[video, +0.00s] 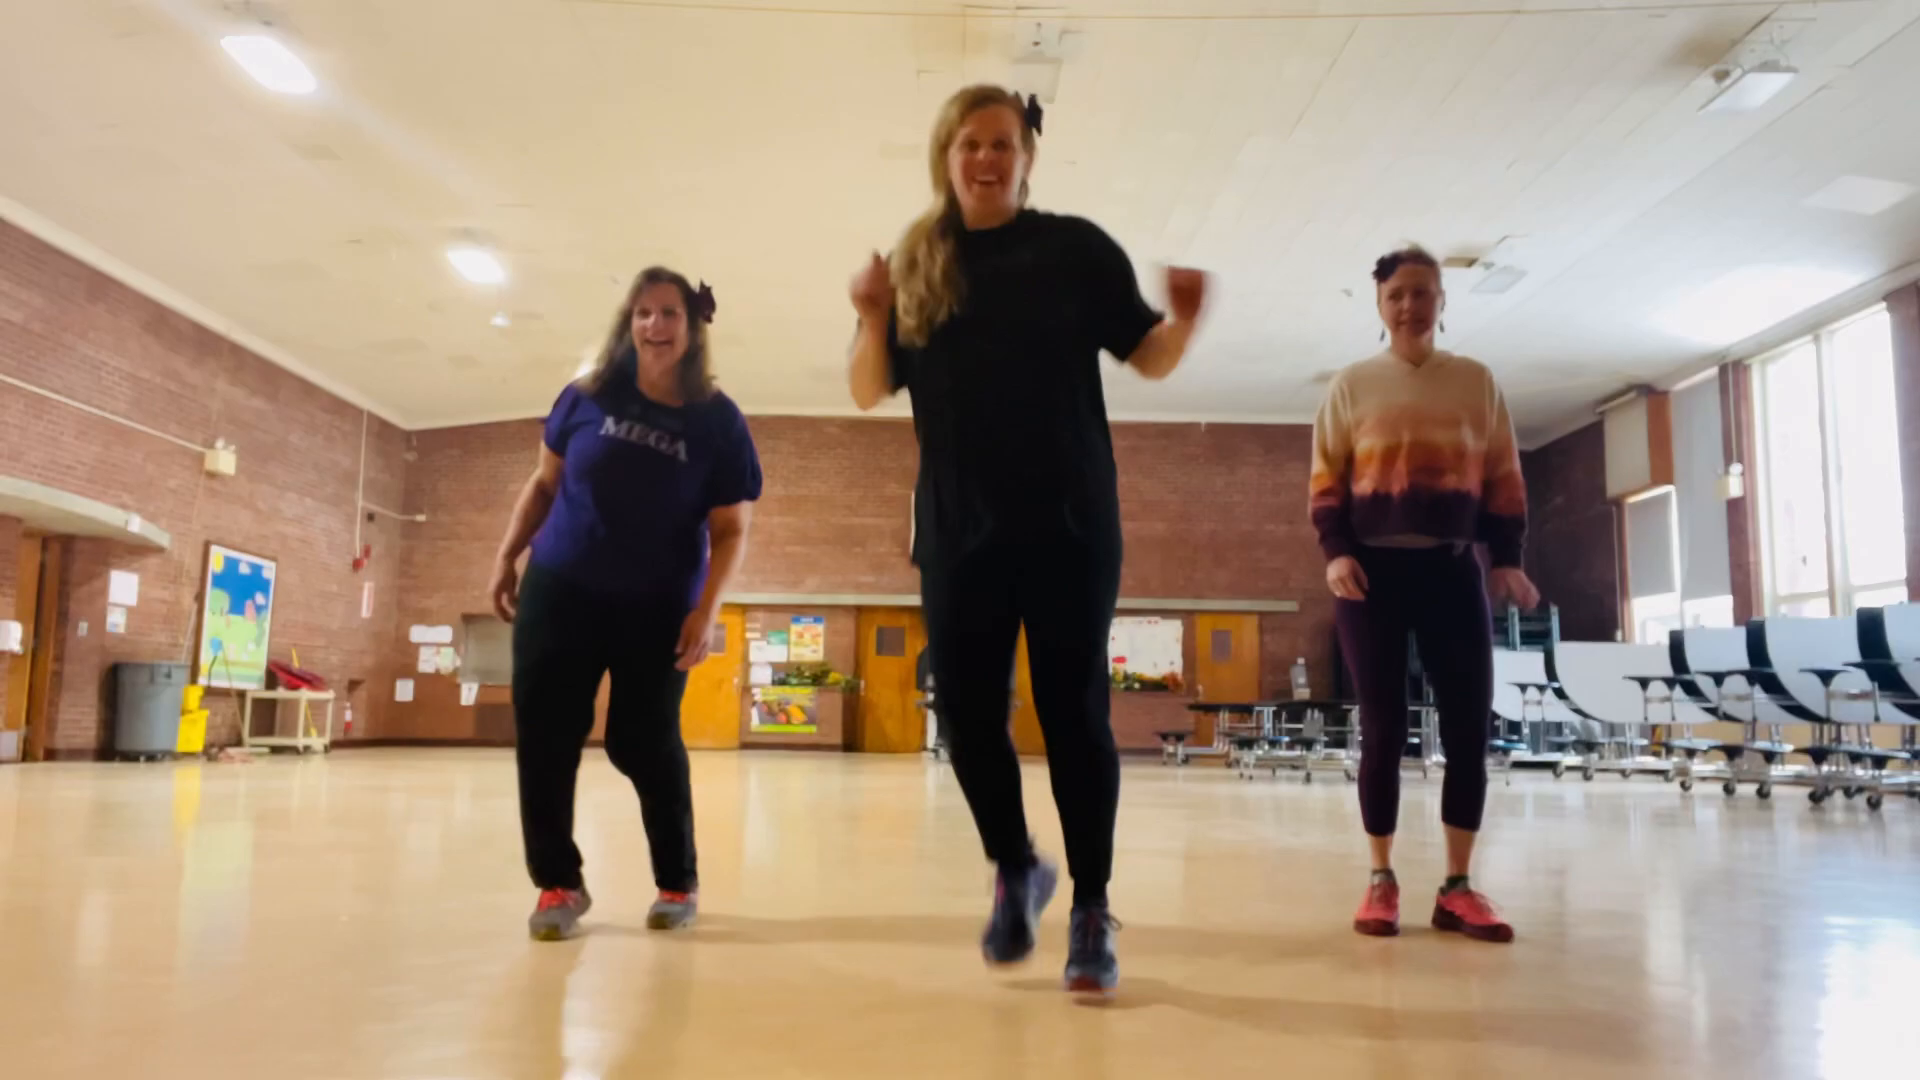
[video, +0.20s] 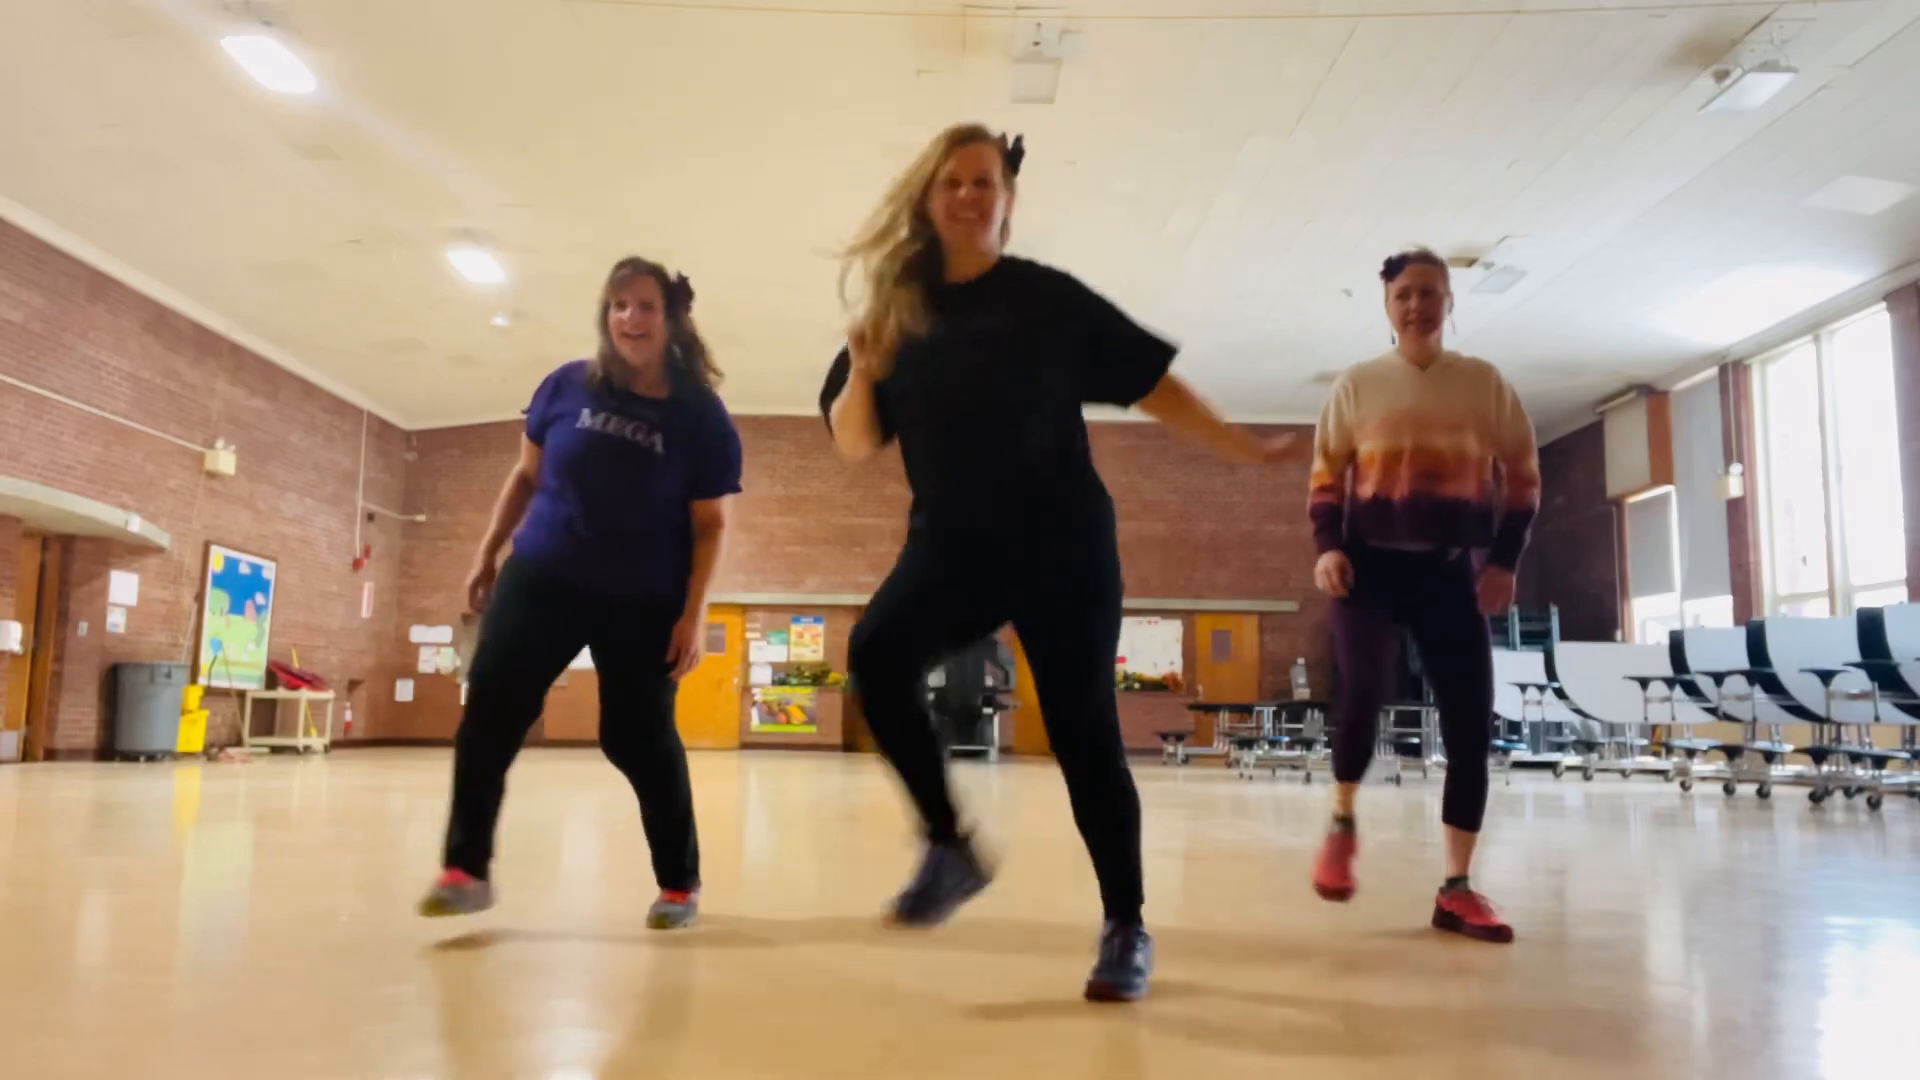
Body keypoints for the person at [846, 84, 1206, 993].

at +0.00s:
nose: (984, 158)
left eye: (1000, 145)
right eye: (970, 144)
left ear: (1027, 158)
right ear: (943, 158)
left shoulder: (1077, 248)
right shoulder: (917, 263)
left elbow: (1152, 358)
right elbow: (869, 392)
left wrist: (1183, 315)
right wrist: (872, 317)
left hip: (1067, 516)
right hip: (960, 521)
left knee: (1071, 711)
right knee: (966, 716)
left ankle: (1092, 910)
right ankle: (1015, 870)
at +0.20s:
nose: (970, 197)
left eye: (986, 185)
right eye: (955, 183)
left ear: (1009, 200)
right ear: (926, 197)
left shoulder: (1045, 297)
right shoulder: (895, 314)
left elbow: (1153, 383)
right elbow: (854, 441)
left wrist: (1240, 443)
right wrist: (863, 367)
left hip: (1059, 543)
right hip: (951, 546)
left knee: (1083, 734)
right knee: (877, 658)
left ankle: (1124, 926)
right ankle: (949, 844)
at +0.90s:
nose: (734, 220)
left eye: (750, 208)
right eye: (722, 207)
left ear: (778, 223)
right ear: (700, 221)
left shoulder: (818, 331)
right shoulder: (660, 321)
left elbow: (840, 460)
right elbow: (614, 441)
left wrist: (844, 576)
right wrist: (600, 542)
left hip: (766, 577)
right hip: (655, 566)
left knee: (719, 757)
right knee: (589, 691)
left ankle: (682, 920)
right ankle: (620, 905)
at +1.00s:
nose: (703, 183)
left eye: (720, 174)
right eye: (690, 172)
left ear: (751, 199)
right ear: (668, 195)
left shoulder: (796, 303)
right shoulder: (631, 298)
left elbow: (850, 415)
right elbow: (588, 399)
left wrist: (840, 522)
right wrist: (584, 484)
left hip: (742, 556)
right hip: (630, 542)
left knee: (707, 743)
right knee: (546, 684)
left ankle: (686, 916)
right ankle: (548, 875)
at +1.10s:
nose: (677, 169)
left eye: (694, 160)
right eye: (664, 159)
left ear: (724, 185)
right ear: (642, 184)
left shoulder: (765, 277)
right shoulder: (601, 278)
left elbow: (817, 387)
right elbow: (564, 380)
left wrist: (806, 496)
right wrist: (560, 469)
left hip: (713, 534)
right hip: (598, 524)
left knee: (698, 731)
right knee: (525, 697)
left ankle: (690, 911)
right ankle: (512, 872)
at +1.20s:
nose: (647, 183)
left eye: (665, 173)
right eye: (634, 173)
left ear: (695, 196)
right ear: (612, 198)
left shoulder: (739, 307)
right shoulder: (569, 298)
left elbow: (765, 427)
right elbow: (516, 411)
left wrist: (758, 532)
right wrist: (513, 503)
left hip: (684, 552)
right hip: (567, 545)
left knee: (682, 738)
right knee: (525, 728)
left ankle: (687, 913)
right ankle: (501, 898)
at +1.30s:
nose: (620, 208)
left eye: (636, 199)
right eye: (607, 198)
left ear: (664, 224)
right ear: (585, 222)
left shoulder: (703, 334)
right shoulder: (539, 325)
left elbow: (734, 444)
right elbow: (461, 420)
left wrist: (720, 539)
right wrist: (482, 492)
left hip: (656, 584)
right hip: (543, 581)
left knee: (669, 764)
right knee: (519, 759)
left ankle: (678, 921)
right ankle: (504, 917)